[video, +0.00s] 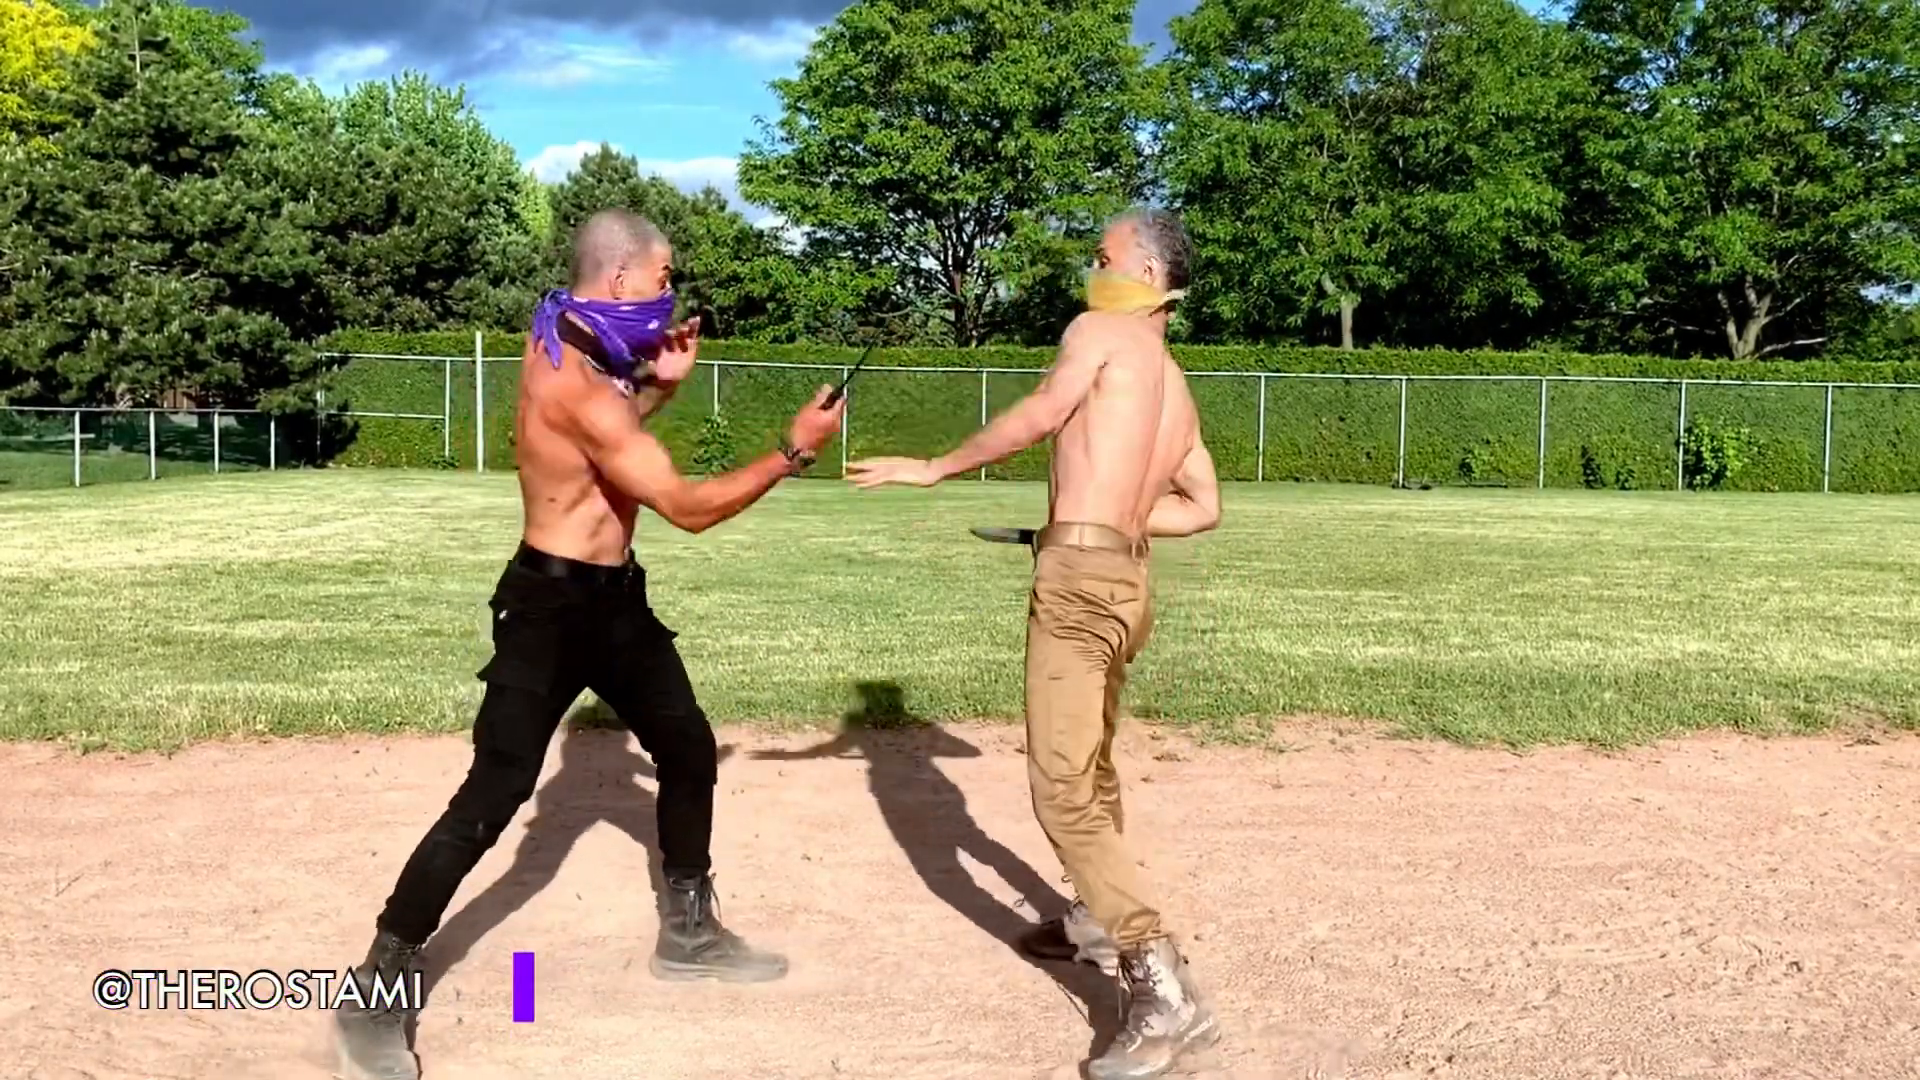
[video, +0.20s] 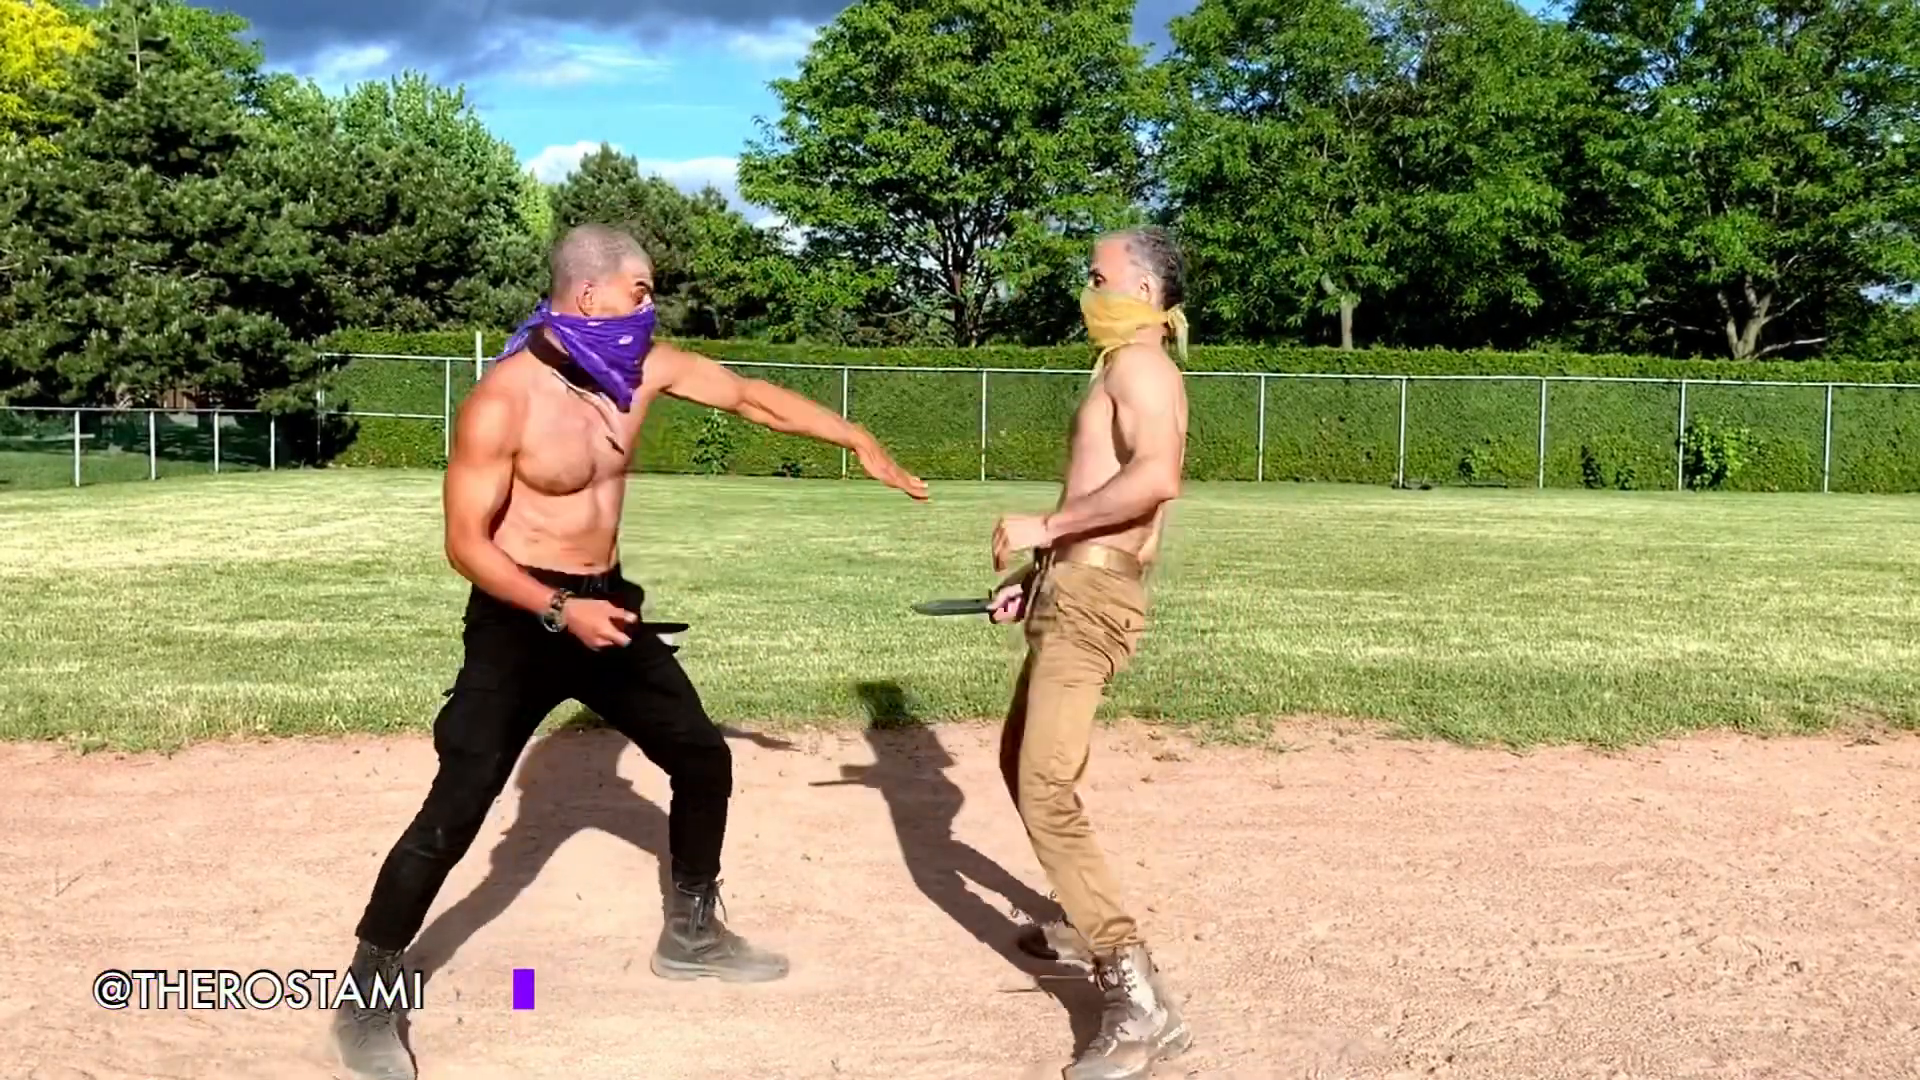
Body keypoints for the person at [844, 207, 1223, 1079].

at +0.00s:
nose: (1094, 264)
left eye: (1106, 254)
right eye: (1101, 251)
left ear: (1136, 269)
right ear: (1164, 283)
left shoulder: (1100, 330)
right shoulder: (1173, 381)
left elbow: (1040, 417)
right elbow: (1202, 507)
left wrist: (934, 467)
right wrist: (1098, 519)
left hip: (1077, 579)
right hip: (1127, 582)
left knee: (1063, 792)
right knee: (1090, 767)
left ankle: (1162, 985)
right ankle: (1097, 916)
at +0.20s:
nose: (1088, 291)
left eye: (1101, 279)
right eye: (1091, 278)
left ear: (1145, 290)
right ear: (1140, 290)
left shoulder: (1140, 368)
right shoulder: (1121, 372)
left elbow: (1157, 477)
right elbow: (1099, 505)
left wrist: (1046, 526)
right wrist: (1037, 581)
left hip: (1095, 586)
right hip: (1075, 584)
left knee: (1046, 785)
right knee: (1019, 758)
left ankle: (1136, 990)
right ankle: (1086, 920)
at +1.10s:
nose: (1002, 289)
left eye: (1014, 275)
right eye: (1003, 274)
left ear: (1063, 281)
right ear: (1057, 280)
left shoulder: (1095, 376)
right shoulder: (1061, 379)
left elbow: (1067, 498)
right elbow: (1061, 515)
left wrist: (990, 423)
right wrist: (990, 550)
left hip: (1093, 608)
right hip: (1057, 604)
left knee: (1046, 793)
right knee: (997, 763)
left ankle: (1116, 1001)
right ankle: (1051, 904)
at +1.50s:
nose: (953, 303)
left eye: (962, 285)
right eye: (950, 286)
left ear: (1017, 285)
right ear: (1007, 286)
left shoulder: (1092, 384)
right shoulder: (1002, 387)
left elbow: (1101, 519)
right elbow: (1007, 493)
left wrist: (1000, 439)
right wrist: (948, 539)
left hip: (1094, 612)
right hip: (1017, 608)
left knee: (1063, 780)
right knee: (979, 772)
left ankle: (1124, 995)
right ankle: (1041, 897)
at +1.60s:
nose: (948, 297)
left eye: (960, 283)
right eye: (948, 283)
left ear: (1015, 288)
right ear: (982, 289)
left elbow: (1120, 525)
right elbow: (888, 448)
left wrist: (1008, 480)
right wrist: (807, 478)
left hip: (1095, 609)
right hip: (1020, 611)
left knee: (1054, 786)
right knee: (967, 769)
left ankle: (1122, 993)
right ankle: (1034, 892)